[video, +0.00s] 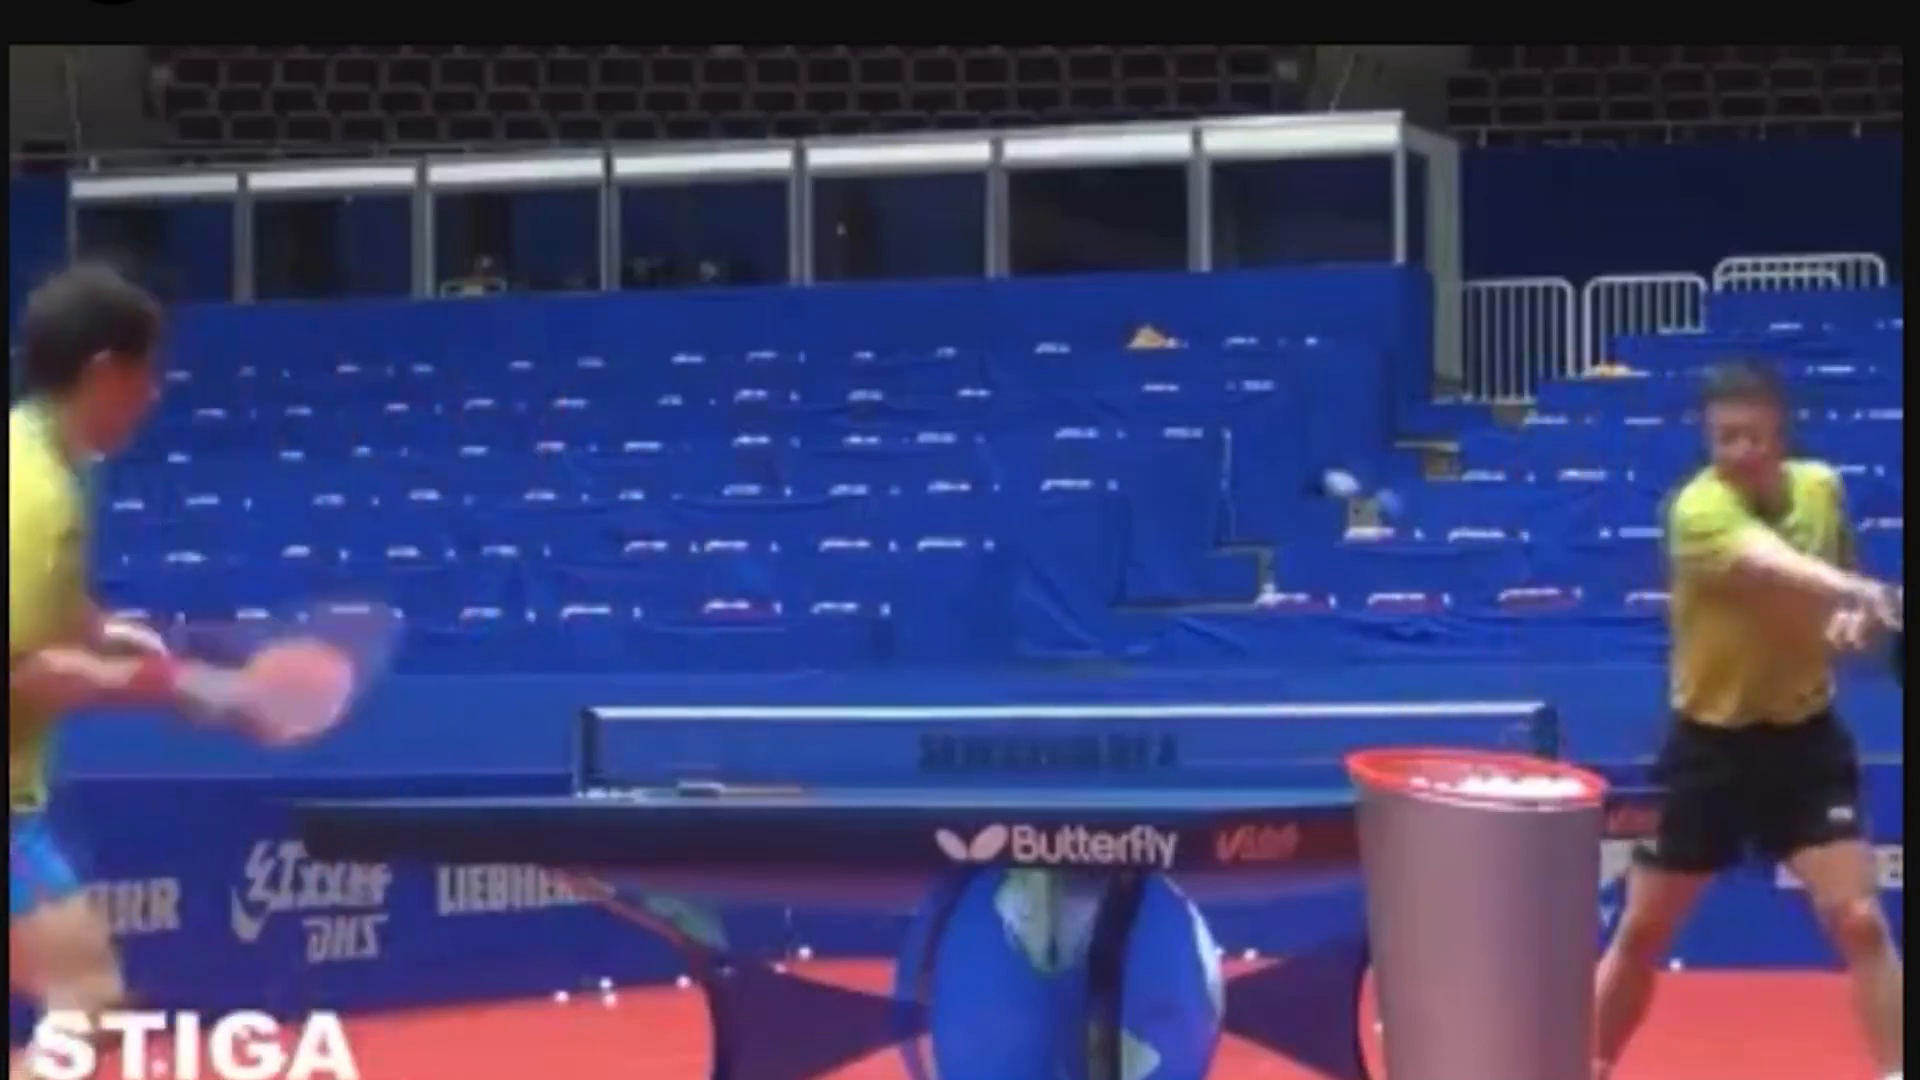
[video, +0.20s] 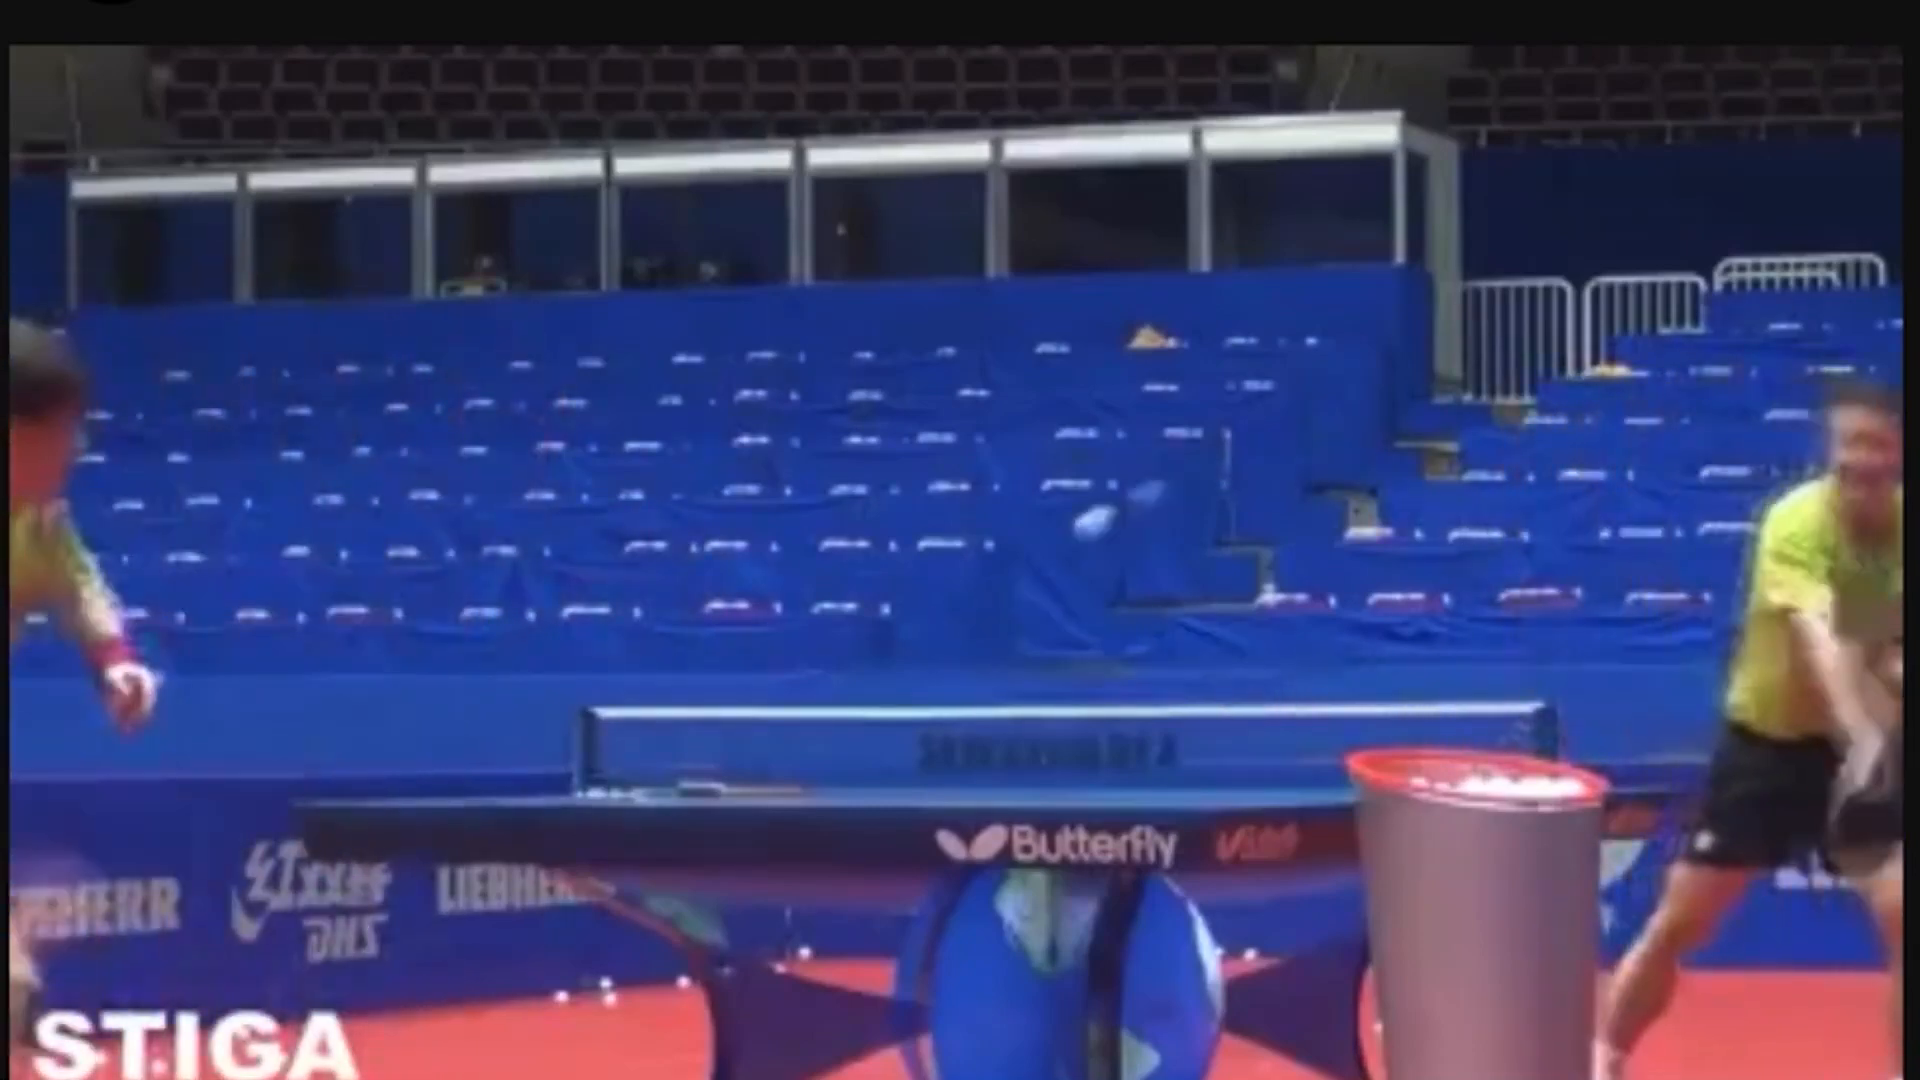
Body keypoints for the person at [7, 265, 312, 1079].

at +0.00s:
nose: (152, 391)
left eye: (152, 370)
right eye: (144, 368)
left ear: (88, 370)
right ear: (99, 372)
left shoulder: (50, 469)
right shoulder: (34, 495)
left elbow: (53, 607)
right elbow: (28, 670)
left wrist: (104, 630)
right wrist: (125, 681)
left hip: (23, 802)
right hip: (14, 812)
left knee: (79, 994)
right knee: (86, 993)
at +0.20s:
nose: (69, 453)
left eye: (71, 432)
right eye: (55, 433)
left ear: (60, 432)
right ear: (15, 435)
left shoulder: (41, 524)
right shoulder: (34, 531)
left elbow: (81, 591)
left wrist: (117, 664)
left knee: (20, 968)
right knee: (20, 969)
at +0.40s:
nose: (62, 486)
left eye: (67, 465)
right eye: (45, 467)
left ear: (67, 463)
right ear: (7, 468)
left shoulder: (65, 540)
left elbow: (166, 591)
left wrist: (229, 694)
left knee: (19, 972)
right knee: (20, 973)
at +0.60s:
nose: (109, 474)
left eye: (109, 455)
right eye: (96, 455)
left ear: (59, 434)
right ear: (34, 433)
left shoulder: (90, 533)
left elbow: (139, 645)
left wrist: (171, 691)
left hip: (10, 824)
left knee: (64, 984)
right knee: (59, 983)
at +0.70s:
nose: (115, 362)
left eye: (116, 339)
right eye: (102, 338)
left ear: (53, 346)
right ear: (45, 344)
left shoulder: (46, 448)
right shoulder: (25, 467)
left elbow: (47, 609)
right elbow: (26, 680)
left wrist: (109, 641)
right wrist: (149, 685)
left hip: (29, 776)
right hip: (20, 783)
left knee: (65, 978)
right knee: (67, 979)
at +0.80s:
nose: (89, 281)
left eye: (85, 261)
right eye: (76, 263)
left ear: (28, 267)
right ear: (33, 268)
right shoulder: (86, 373)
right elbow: (201, 392)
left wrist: (108, 322)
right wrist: (129, 316)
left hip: (34, 738)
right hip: (30, 734)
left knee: (85, 948)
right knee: (91, 951)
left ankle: (40, 1049)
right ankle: (32, 1057)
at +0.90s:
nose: (73, 263)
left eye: (64, 245)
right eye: (68, 246)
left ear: (26, 249)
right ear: (39, 248)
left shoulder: (70, 346)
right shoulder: (76, 347)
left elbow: (79, 474)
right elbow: (86, 472)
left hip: (59, 659)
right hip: (55, 664)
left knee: (132, 929)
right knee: (139, 932)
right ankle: (89, 1057)